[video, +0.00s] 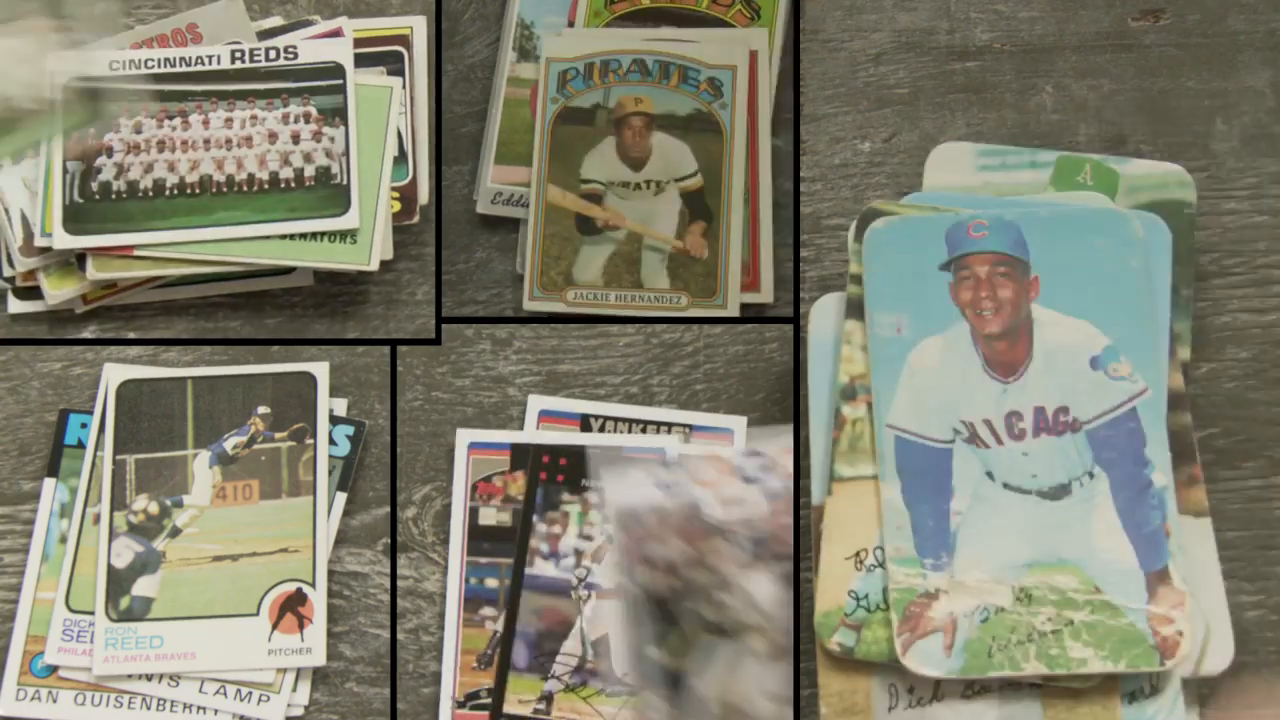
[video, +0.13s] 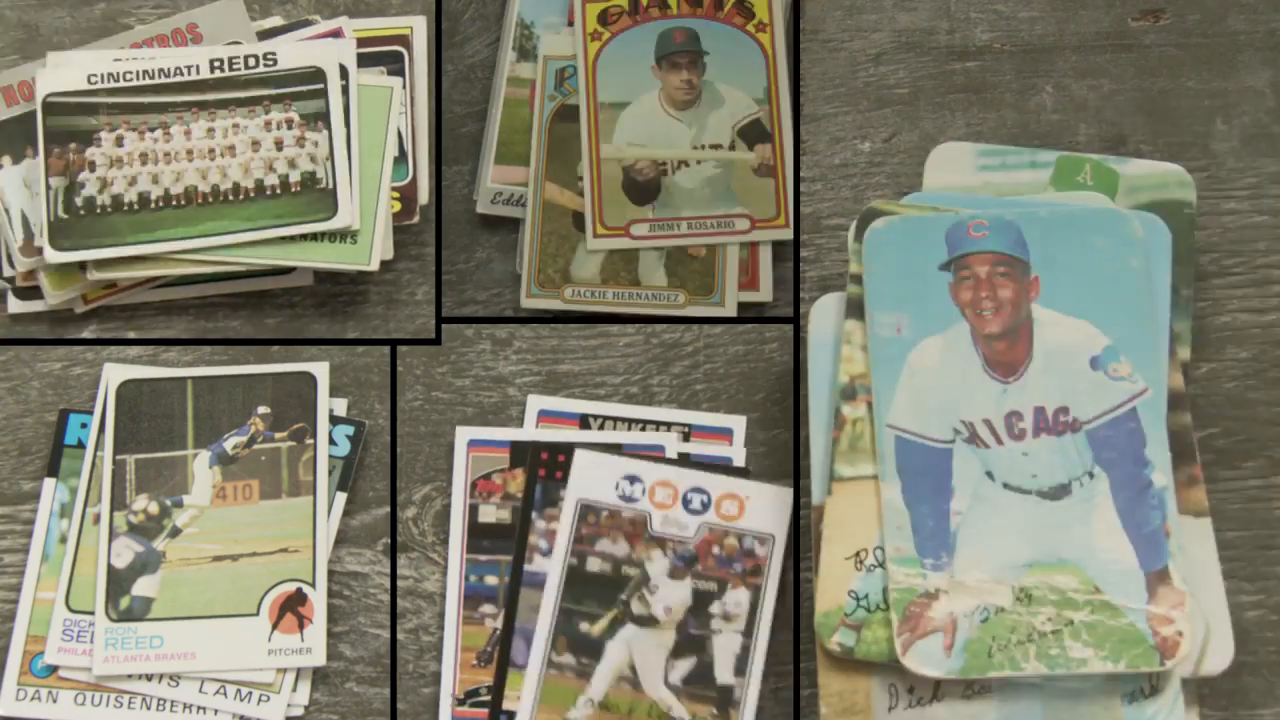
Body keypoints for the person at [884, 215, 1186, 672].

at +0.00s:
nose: (984, 291)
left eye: (1000, 276)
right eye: (969, 279)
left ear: (1031, 288)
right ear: (954, 294)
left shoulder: (1082, 349)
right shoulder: (932, 365)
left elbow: (1127, 468)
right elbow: (925, 485)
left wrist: (1159, 583)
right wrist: (937, 585)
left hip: (1090, 500)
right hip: (997, 502)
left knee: (1165, 631)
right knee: (942, 642)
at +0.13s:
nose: (984, 291)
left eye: (1000, 276)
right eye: (969, 279)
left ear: (1032, 288)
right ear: (954, 294)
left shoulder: (1083, 349)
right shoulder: (931, 366)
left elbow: (1127, 467)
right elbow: (925, 484)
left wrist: (1159, 583)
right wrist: (937, 584)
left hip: (1090, 499)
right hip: (997, 502)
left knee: (1164, 631)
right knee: (944, 642)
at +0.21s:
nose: (1179, 270)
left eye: (1190, 249)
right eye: (1161, 249)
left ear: (1202, 252)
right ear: (1121, 245)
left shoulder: (1148, 305)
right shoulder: (1087, 342)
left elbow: (1163, 376)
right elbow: (1130, 501)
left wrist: (1190, 426)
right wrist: (1197, 560)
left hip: (1104, 503)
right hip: (1030, 518)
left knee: (1162, 636)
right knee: (1029, 671)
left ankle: (1190, 711)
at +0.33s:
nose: (1075, 324)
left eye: (1084, 311)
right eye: (1062, 306)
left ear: (1091, 314)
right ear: (1025, 298)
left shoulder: (1042, 346)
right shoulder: (999, 370)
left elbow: (1035, 399)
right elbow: (1020, 492)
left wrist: (1065, 433)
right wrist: (1074, 553)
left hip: (993, 471)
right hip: (931, 481)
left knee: (1035, 597)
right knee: (923, 617)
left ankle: (1063, 698)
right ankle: (906, 701)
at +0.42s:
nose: (1075, 324)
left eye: (1085, 312)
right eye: (1062, 306)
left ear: (1091, 314)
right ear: (1025, 298)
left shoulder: (1042, 345)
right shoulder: (998, 370)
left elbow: (1035, 398)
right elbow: (1020, 493)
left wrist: (1065, 434)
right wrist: (1075, 553)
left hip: (993, 472)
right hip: (931, 481)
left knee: (1034, 595)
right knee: (923, 618)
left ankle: (1062, 697)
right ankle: (912, 702)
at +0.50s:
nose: (1075, 324)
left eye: (1085, 312)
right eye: (1062, 306)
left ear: (1091, 314)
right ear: (1025, 298)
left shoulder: (1041, 345)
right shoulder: (998, 371)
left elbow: (1033, 398)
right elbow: (1020, 494)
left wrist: (1064, 432)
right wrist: (1075, 553)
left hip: (992, 472)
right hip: (931, 482)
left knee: (1033, 593)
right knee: (923, 620)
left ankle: (1062, 697)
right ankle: (912, 703)